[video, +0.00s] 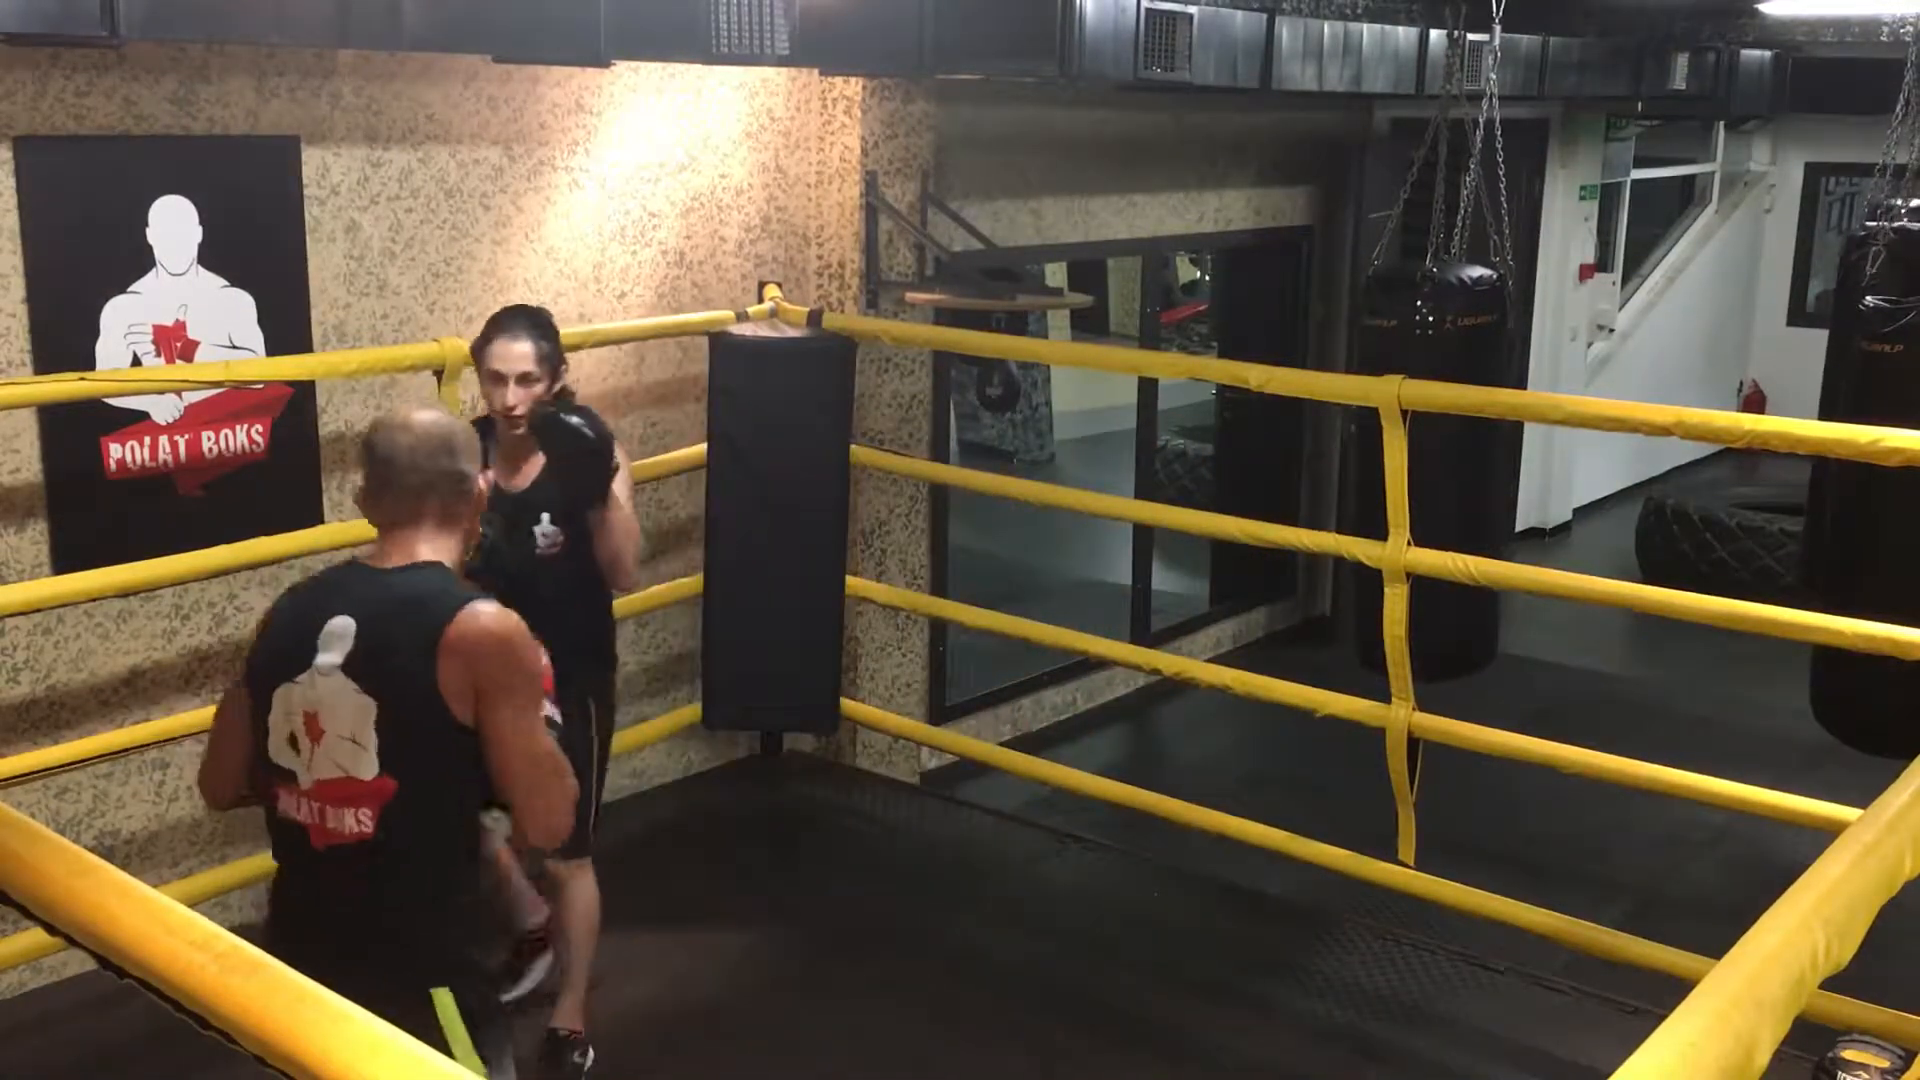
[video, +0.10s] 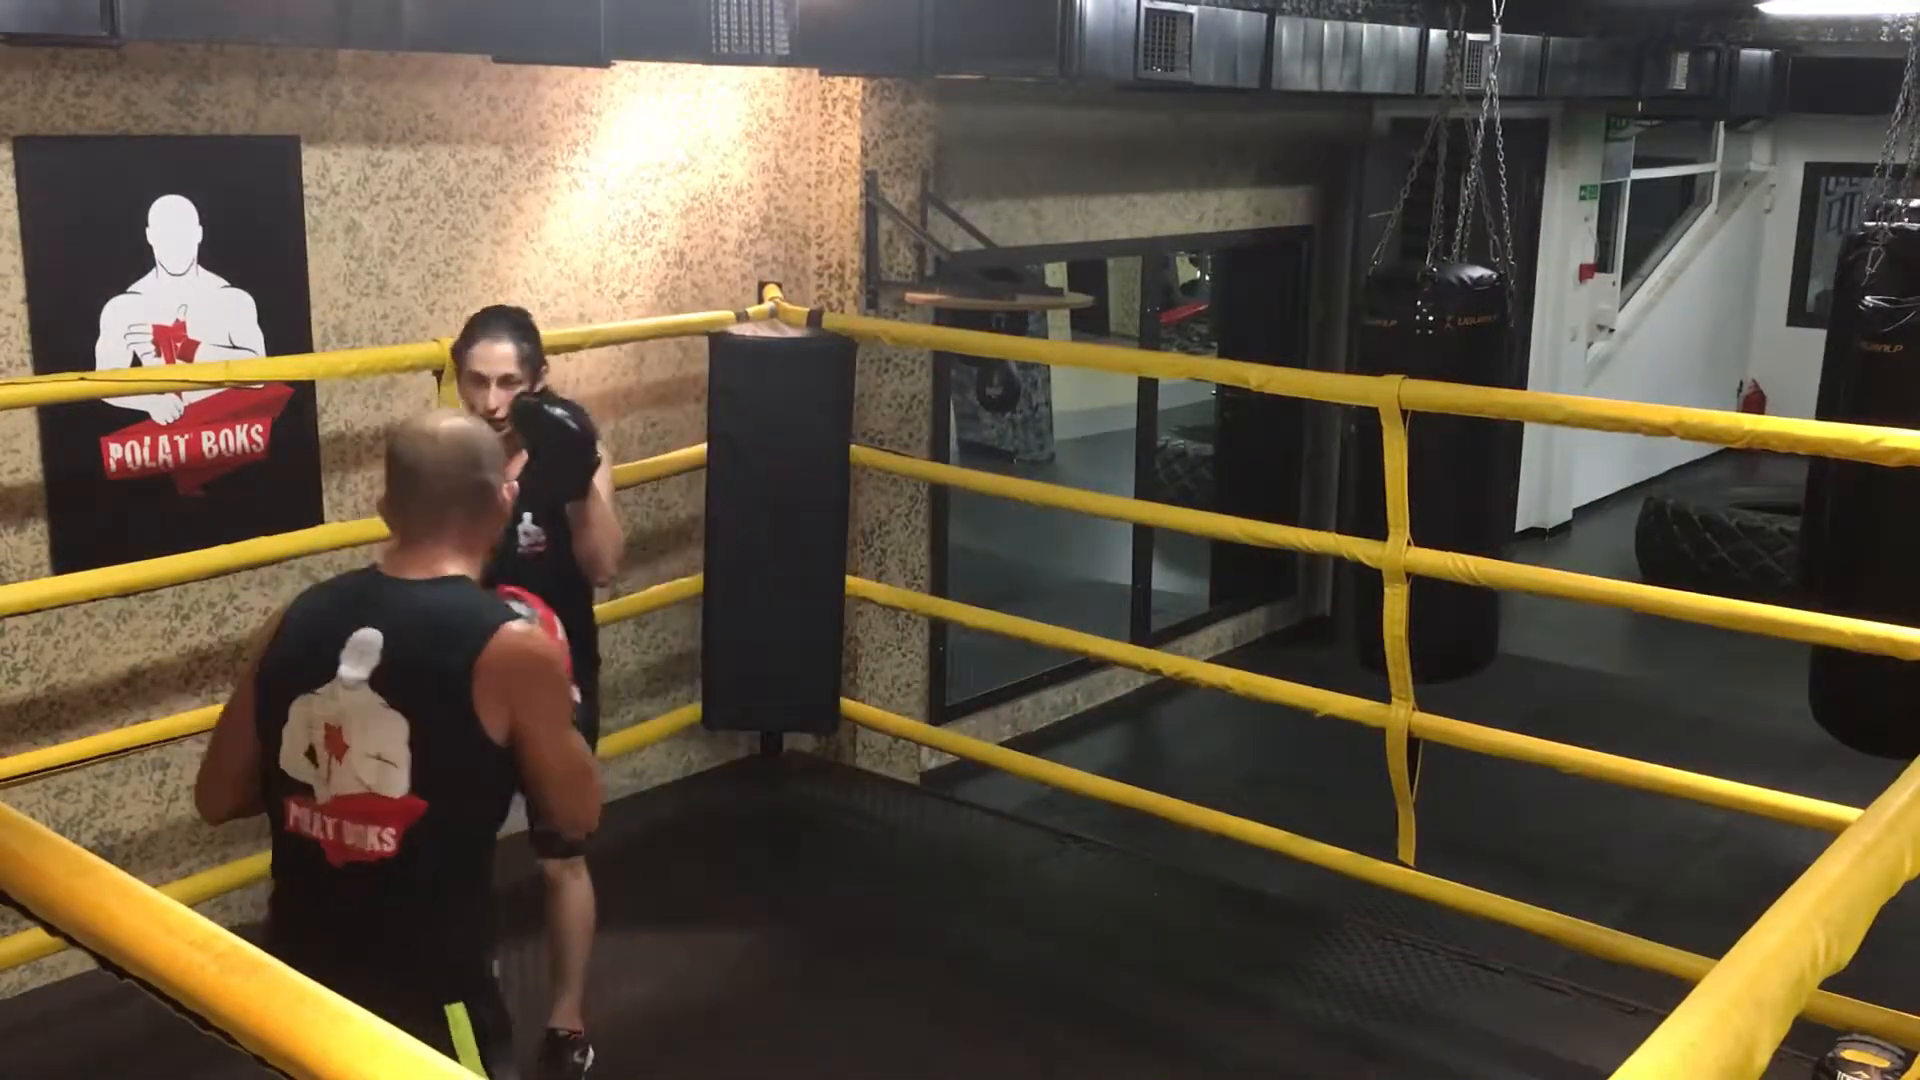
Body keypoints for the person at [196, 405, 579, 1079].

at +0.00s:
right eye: (485, 485)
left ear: (364, 502)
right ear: (479, 496)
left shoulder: (293, 612)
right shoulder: (486, 633)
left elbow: (221, 784)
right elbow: (549, 821)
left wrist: (337, 757)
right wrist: (531, 716)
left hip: (307, 954)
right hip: (436, 962)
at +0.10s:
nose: (515, 496)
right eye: (512, 486)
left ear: (386, 509)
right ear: (503, 503)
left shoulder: (305, 616)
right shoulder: (513, 648)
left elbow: (218, 797)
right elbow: (576, 814)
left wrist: (339, 751)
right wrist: (545, 669)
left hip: (304, 980)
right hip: (433, 988)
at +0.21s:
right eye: (527, 500)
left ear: (398, 507)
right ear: (518, 511)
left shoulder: (312, 619)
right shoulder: (538, 652)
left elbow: (215, 794)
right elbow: (594, 805)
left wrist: (341, 754)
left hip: (303, 980)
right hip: (441, 990)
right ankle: (567, 1016)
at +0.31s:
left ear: (400, 540)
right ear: (525, 537)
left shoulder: (308, 648)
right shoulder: (550, 684)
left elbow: (223, 813)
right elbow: (611, 795)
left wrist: (342, 785)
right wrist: (557, 661)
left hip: (300, 1001)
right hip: (444, 1016)